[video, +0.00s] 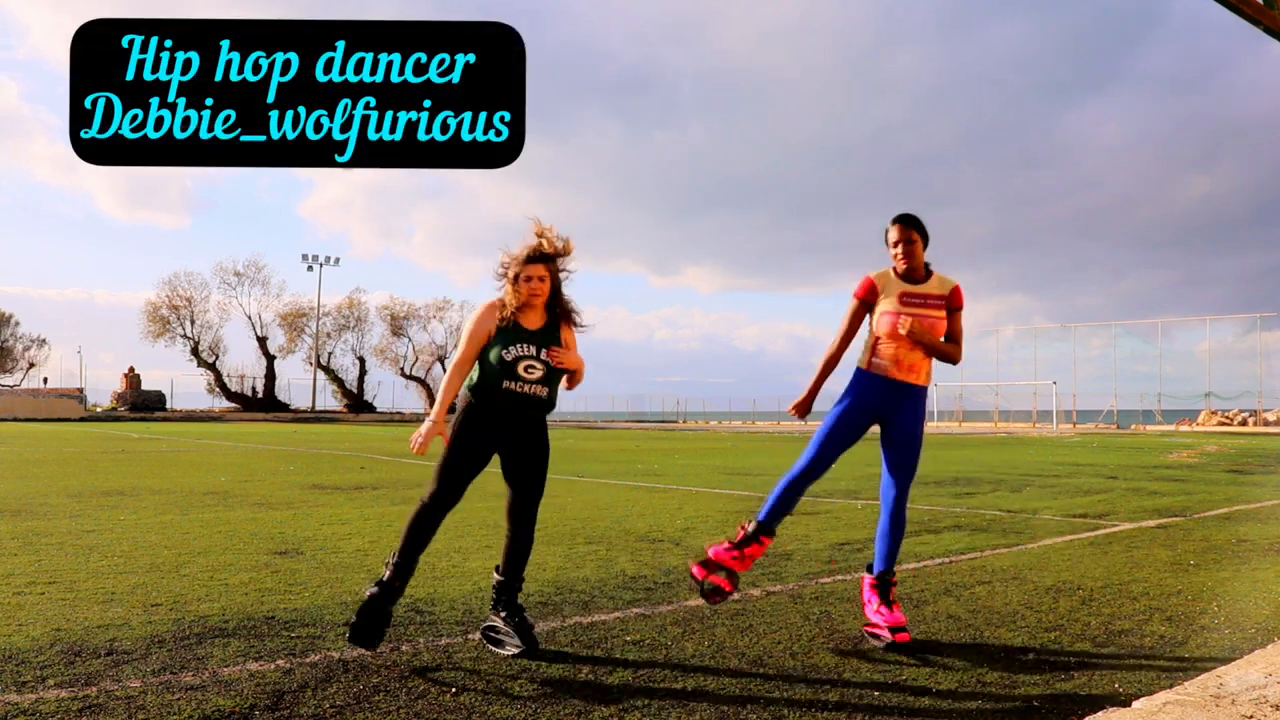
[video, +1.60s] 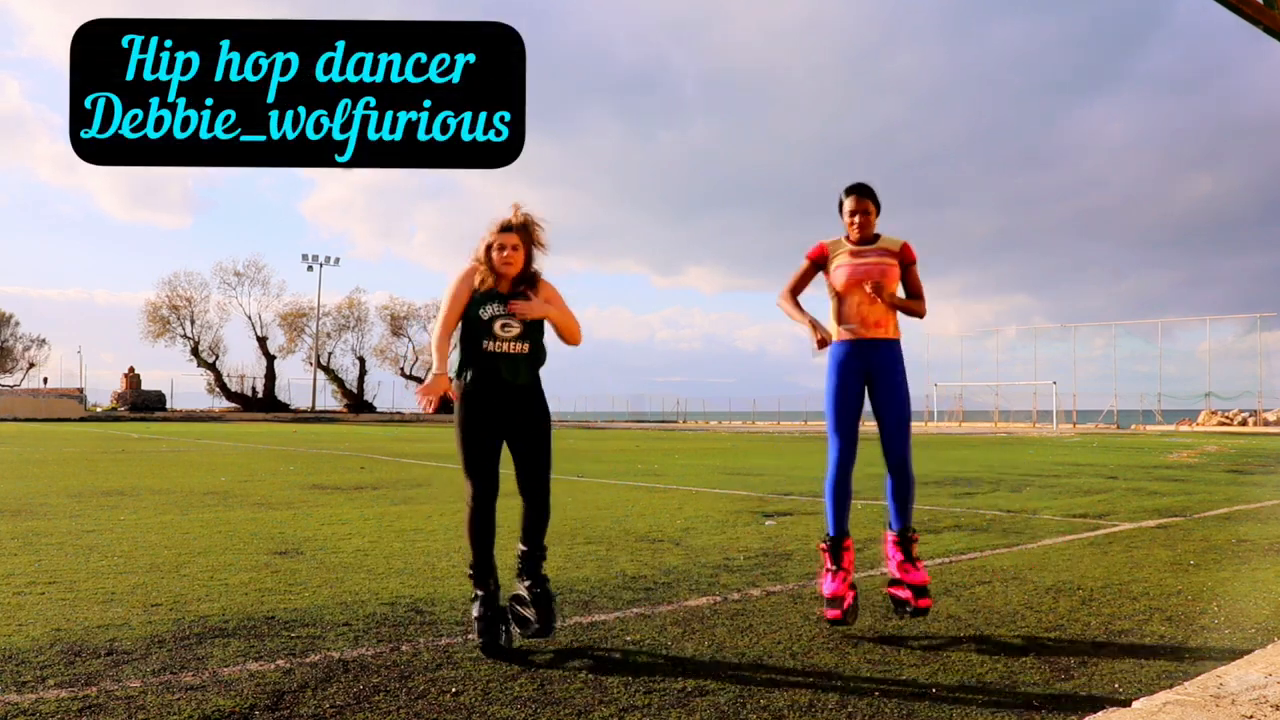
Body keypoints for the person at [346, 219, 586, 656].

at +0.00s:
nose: (532, 286)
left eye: (540, 279)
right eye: (524, 278)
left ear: (552, 284)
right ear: (513, 282)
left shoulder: (562, 325)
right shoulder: (493, 314)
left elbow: (573, 381)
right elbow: (460, 365)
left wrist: (576, 366)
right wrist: (436, 416)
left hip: (529, 428)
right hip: (482, 420)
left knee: (524, 516)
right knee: (440, 499)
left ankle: (507, 604)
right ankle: (386, 591)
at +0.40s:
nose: (539, 281)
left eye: (546, 275)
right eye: (533, 274)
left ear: (558, 281)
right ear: (521, 278)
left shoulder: (567, 330)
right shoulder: (494, 313)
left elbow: (581, 379)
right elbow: (460, 360)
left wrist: (581, 390)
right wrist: (438, 408)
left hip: (525, 425)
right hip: (475, 414)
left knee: (523, 509)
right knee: (427, 487)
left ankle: (509, 600)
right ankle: (368, 569)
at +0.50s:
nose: (535, 286)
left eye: (543, 280)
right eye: (528, 280)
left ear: (554, 286)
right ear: (517, 285)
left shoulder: (565, 334)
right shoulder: (494, 317)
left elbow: (569, 390)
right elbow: (467, 368)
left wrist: (571, 433)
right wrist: (470, 414)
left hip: (525, 429)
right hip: (479, 417)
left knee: (523, 513)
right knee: (434, 496)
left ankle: (509, 605)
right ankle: (382, 584)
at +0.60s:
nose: (519, 271)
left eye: (527, 265)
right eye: (512, 265)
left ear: (539, 269)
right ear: (502, 267)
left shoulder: (553, 309)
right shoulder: (484, 298)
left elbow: (563, 366)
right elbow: (453, 347)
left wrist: (564, 416)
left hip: (523, 415)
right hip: (473, 409)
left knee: (521, 503)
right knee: (449, 492)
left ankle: (514, 596)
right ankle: (426, 583)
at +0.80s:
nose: (495, 265)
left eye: (502, 258)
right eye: (488, 258)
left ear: (513, 260)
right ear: (474, 261)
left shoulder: (529, 298)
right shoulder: (452, 293)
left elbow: (557, 350)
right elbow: (414, 343)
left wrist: (583, 398)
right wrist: (443, 319)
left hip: (518, 403)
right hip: (469, 406)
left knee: (543, 495)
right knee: (473, 501)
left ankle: (556, 586)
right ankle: (475, 599)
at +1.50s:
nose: (491, 274)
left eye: (499, 267)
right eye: (484, 267)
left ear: (510, 273)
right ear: (471, 271)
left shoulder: (526, 310)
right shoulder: (455, 311)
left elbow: (560, 359)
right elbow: (431, 365)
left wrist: (538, 368)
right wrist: (447, 378)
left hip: (524, 414)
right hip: (477, 418)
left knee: (554, 499)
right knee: (490, 511)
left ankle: (560, 585)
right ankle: (497, 606)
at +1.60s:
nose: (506, 254)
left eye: (514, 247)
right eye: (499, 246)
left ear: (527, 253)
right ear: (488, 249)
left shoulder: (540, 287)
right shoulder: (472, 278)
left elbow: (574, 336)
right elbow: (444, 328)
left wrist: (547, 309)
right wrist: (439, 372)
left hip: (527, 399)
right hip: (478, 399)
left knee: (537, 492)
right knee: (483, 495)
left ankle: (532, 575)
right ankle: (484, 592)